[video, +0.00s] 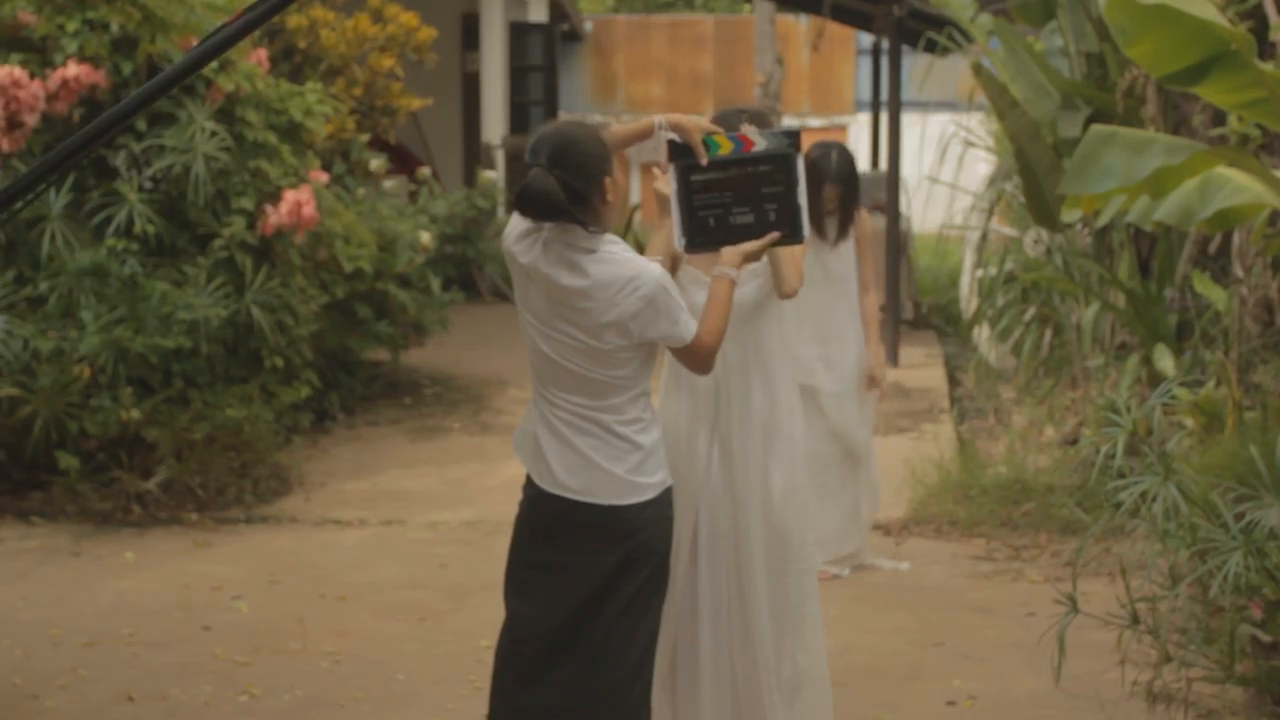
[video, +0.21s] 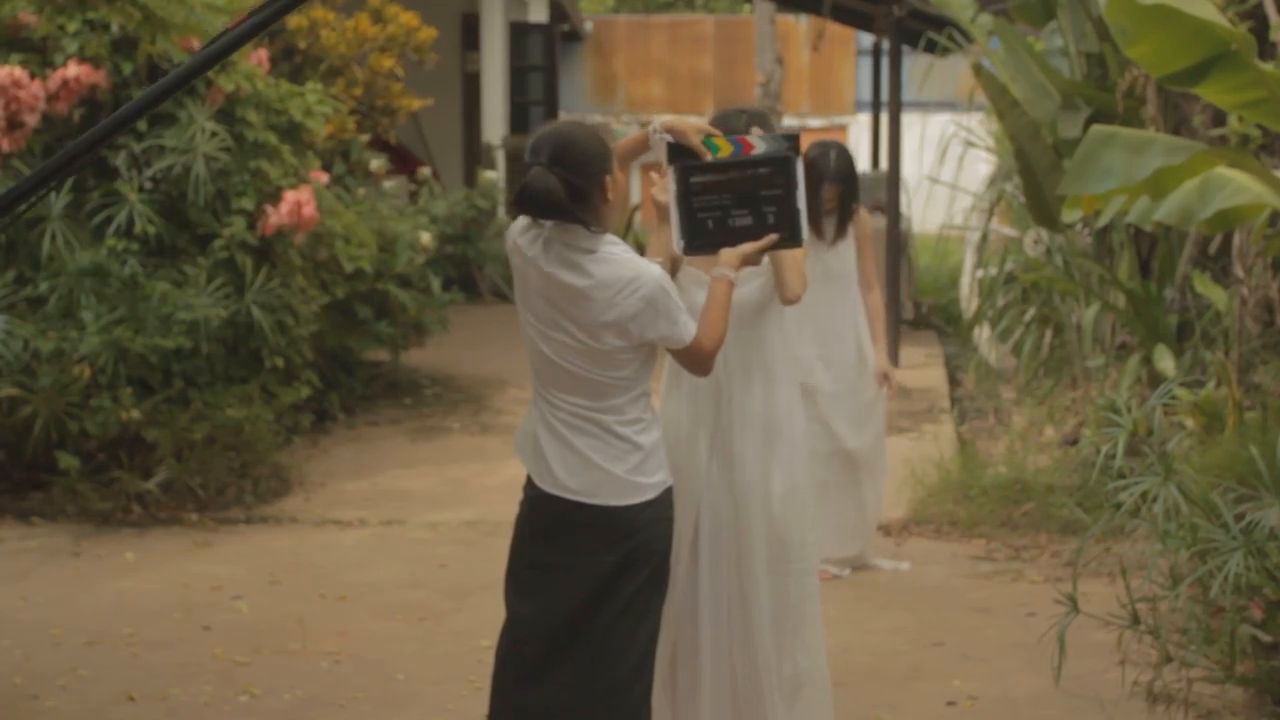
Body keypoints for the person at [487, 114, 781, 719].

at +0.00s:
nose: (623, 179)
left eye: (615, 166)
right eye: (617, 169)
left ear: (544, 181)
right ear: (607, 186)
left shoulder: (523, 243)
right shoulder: (637, 278)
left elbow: (559, 162)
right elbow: (699, 355)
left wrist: (654, 126)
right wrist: (727, 269)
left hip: (551, 488)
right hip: (629, 496)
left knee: (527, 654)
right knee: (618, 666)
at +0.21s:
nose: (621, 178)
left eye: (617, 165)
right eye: (615, 169)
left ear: (542, 182)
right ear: (607, 187)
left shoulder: (523, 240)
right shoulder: (637, 279)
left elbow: (583, 187)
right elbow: (699, 356)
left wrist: (650, 136)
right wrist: (726, 269)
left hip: (551, 488)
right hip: (629, 497)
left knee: (527, 656)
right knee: (618, 667)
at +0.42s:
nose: (622, 180)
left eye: (617, 167)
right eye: (617, 170)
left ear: (543, 181)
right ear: (608, 188)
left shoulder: (523, 240)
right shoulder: (638, 278)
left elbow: (595, 197)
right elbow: (701, 355)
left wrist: (652, 146)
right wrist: (731, 270)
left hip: (549, 486)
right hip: (628, 496)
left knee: (527, 652)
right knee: (617, 666)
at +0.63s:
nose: (630, 174)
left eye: (626, 163)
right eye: (624, 167)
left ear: (550, 180)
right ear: (605, 188)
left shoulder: (523, 240)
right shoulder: (638, 276)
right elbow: (703, 354)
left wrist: (652, 147)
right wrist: (733, 271)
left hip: (549, 487)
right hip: (626, 495)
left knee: (526, 653)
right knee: (617, 665)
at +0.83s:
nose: (632, 180)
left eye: (631, 168)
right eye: (625, 171)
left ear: (552, 179)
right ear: (602, 190)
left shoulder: (516, 242)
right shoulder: (631, 274)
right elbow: (698, 351)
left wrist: (654, 187)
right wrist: (726, 266)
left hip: (545, 488)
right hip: (623, 495)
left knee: (530, 662)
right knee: (615, 668)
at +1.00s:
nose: (630, 192)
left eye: (630, 177)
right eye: (621, 180)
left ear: (562, 184)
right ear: (578, 188)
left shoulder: (504, 233)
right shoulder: (609, 266)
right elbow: (679, 361)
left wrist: (638, 158)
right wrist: (715, 280)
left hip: (531, 474)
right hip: (605, 482)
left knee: (541, 647)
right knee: (618, 655)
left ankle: (535, 717)